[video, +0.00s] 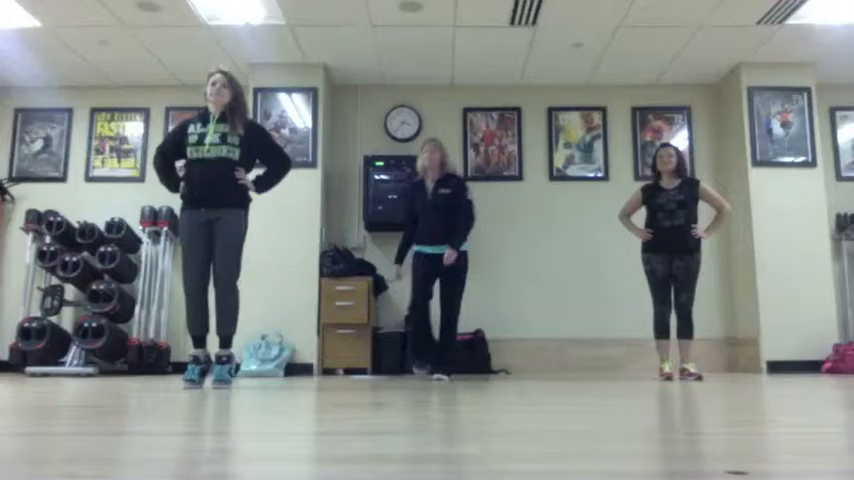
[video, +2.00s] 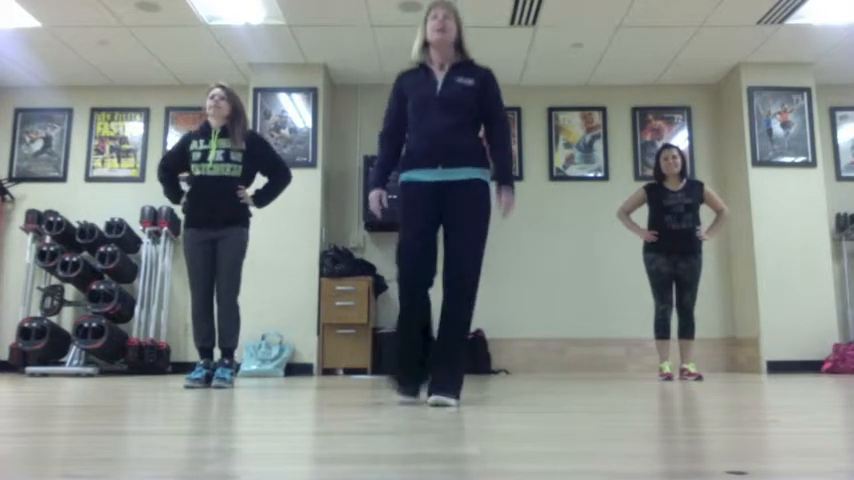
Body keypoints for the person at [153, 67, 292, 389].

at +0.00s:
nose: (216, 88)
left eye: (223, 85)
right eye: (212, 84)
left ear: (233, 94)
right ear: (205, 91)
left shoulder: (249, 130)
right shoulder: (189, 128)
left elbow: (282, 163)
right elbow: (161, 157)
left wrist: (257, 183)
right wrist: (175, 183)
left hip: (230, 211)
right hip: (193, 210)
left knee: (225, 281)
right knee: (193, 283)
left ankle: (225, 356)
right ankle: (198, 356)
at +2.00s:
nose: (214, 101)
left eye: (221, 98)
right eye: (211, 97)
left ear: (233, 107)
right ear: (204, 105)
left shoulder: (250, 141)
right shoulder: (193, 139)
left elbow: (283, 174)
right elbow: (165, 168)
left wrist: (257, 198)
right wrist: (178, 197)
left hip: (232, 227)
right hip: (197, 226)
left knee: (227, 294)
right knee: (200, 295)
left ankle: (226, 362)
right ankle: (205, 362)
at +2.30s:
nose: (217, 102)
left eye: (224, 100)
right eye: (214, 98)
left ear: (234, 111)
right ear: (206, 107)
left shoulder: (247, 144)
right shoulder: (189, 139)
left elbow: (282, 174)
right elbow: (161, 170)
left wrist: (258, 197)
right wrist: (178, 199)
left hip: (234, 226)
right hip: (198, 225)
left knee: (230, 295)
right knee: (201, 295)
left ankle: (227, 363)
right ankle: (205, 362)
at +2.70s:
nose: (217, 99)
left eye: (224, 97)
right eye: (213, 95)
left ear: (234, 108)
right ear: (205, 104)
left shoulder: (249, 143)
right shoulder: (189, 138)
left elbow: (281, 174)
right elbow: (164, 167)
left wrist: (257, 196)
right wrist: (178, 197)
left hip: (233, 227)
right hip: (197, 227)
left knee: (230, 296)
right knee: (201, 297)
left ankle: (227, 363)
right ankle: (205, 362)